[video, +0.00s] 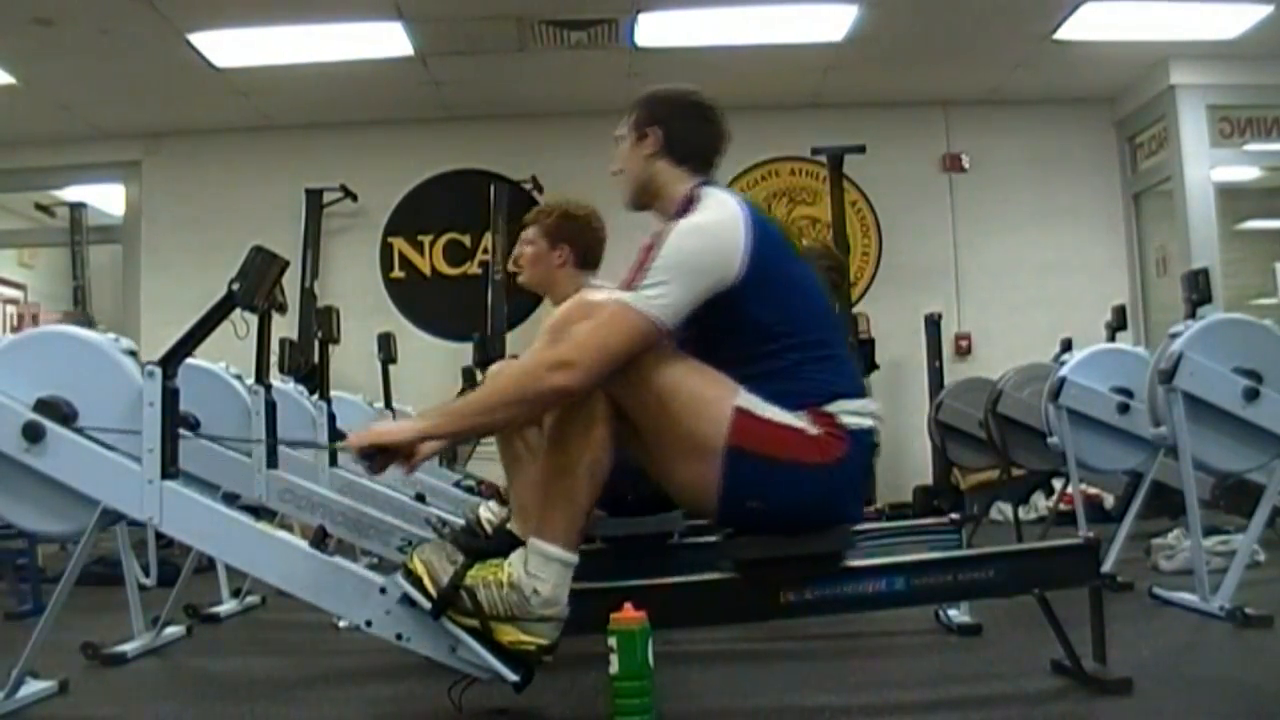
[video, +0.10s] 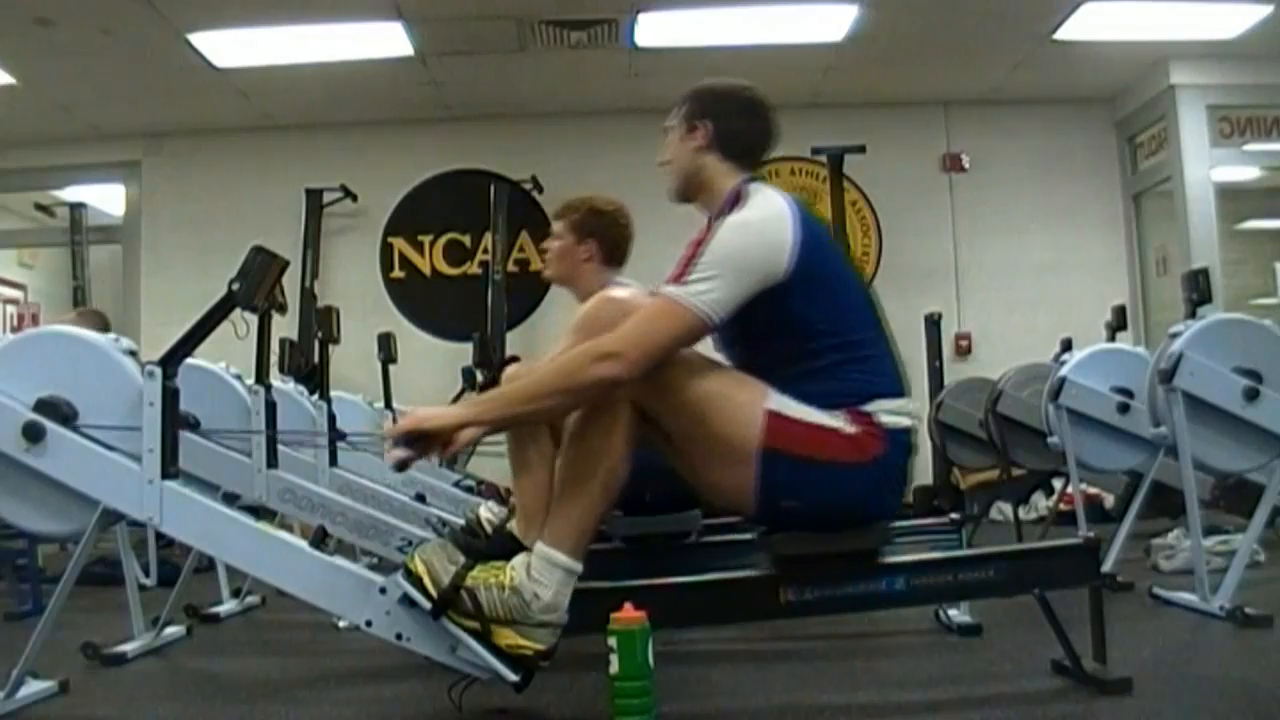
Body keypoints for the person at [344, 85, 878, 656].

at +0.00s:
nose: (616, 162)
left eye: (624, 144)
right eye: (619, 147)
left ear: (653, 143)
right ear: (676, 148)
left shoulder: (712, 225)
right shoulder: (676, 236)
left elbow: (569, 374)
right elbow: (558, 364)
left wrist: (420, 428)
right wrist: (436, 434)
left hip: (816, 458)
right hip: (769, 454)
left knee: (591, 347)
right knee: (570, 325)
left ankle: (541, 586)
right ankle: (530, 563)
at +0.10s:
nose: (663, 153)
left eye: (670, 135)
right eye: (666, 137)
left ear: (701, 136)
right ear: (718, 142)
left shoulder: (761, 219)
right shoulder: (724, 232)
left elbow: (618, 361)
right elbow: (602, 354)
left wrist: (459, 416)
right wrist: (472, 420)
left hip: (853, 454)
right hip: (807, 449)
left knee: (622, 355)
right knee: (606, 321)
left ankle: (544, 587)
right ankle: (535, 564)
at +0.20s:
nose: (711, 144)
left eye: (721, 127)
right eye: (716, 128)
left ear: (754, 130)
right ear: (765, 135)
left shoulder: (811, 214)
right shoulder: (785, 218)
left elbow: (663, 343)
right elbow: (659, 339)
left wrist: (509, 398)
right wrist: (517, 399)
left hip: (891, 447)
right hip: (848, 437)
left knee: (654, 381)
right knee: (635, 382)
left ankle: (547, 591)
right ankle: (541, 579)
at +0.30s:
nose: (761, 144)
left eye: (770, 126)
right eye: (764, 128)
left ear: (807, 128)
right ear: (821, 135)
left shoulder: (859, 212)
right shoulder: (832, 219)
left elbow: (704, 332)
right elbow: (702, 337)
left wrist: (548, 383)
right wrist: (558, 392)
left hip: (930, 441)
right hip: (880, 433)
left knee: (684, 399)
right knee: (666, 402)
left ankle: (544, 601)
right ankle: (538, 587)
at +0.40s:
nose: (805, 141)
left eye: (816, 121)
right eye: (810, 124)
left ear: (849, 124)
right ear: (861, 128)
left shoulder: (902, 210)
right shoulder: (869, 220)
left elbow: (752, 325)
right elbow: (749, 326)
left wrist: (589, 373)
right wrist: (605, 389)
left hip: (962, 442)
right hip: (916, 434)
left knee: (699, 415)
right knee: (679, 418)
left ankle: (543, 604)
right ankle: (535, 598)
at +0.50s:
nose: (834, 145)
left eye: (843, 125)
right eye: (840, 128)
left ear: (876, 126)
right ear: (889, 131)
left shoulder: (928, 213)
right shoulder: (898, 220)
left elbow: (781, 325)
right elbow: (779, 321)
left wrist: (628, 375)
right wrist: (642, 387)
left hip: (977, 448)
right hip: (937, 441)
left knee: (716, 443)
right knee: (703, 443)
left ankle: (534, 611)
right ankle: (528, 605)